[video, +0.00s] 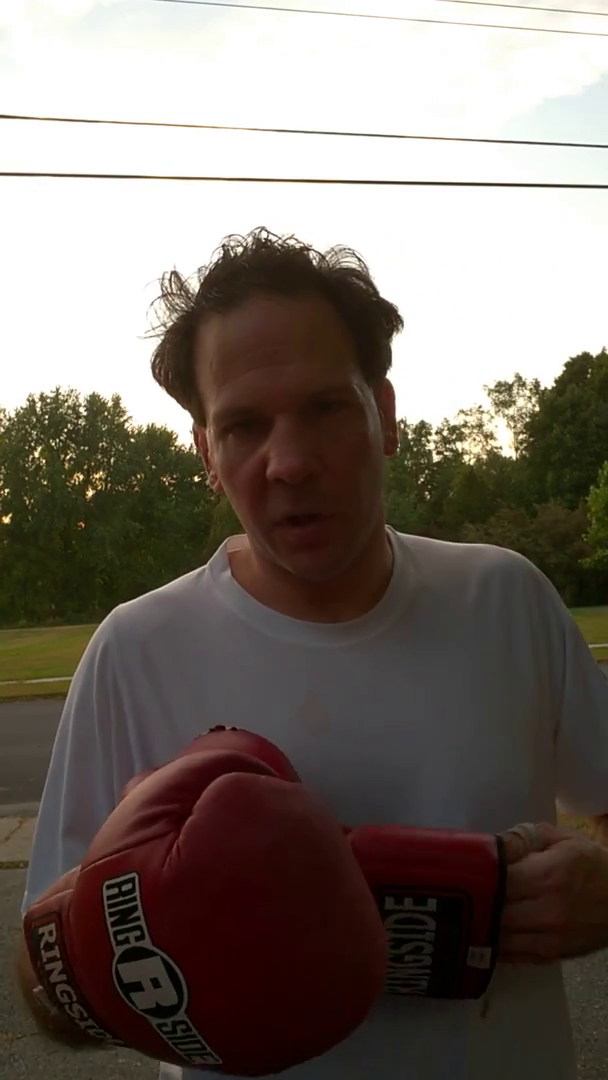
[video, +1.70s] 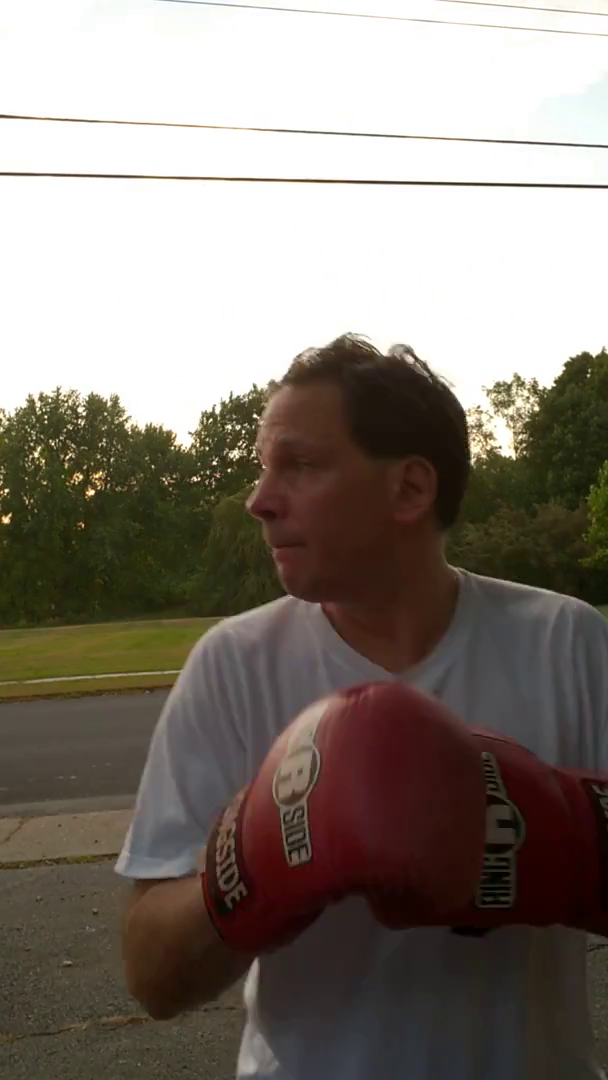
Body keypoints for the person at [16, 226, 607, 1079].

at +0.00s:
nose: (290, 462)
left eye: (325, 408)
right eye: (246, 426)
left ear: (386, 418)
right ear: (208, 458)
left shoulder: (510, 603)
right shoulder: (135, 655)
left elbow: (607, 816)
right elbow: (51, 996)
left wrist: (602, 880)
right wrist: (101, 898)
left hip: (515, 1065)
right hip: (253, 1069)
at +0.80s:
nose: (274, 443)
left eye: (308, 397)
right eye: (231, 410)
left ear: (369, 420)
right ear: (192, 454)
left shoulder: (493, 600)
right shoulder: (120, 643)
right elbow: (74, 1034)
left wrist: (503, 823)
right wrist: (134, 894)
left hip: (494, 1061)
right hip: (237, 1070)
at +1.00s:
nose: (178, 453)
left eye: (221, 400)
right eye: (163, 417)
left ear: (339, 419)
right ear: (157, 439)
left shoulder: (492, 602)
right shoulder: (112, 642)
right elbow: (88, 1038)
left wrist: (520, 819)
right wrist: (164, 882)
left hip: (480, 1061)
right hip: (223, 1070)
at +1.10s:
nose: (144, 451)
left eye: (186, 403)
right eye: (140, 416)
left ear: (314, 419)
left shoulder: (484, 597)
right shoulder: (104, 641)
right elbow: (91, 1038)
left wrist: (503, 813)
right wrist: (163, 868)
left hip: (469, 1060)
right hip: (215, 1068)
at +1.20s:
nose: (111, 456)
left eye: (154, 404)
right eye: (117, 415)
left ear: (283, 426)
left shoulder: (477, 599)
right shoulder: (94, 645)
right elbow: (78, 1043)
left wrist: (477, 816)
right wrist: (159, 834)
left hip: (460, 1062)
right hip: (210, 1068)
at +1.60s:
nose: (190, 470)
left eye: (229, 431)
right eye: (198, 435)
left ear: (346, 451)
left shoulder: (525, 610)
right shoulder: (166, 643)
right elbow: (129, 989)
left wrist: (487, 805)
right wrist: (247, 813)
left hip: (498, 1059)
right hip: (251, 1066)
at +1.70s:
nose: (258, 500)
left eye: (300, 466)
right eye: (262, 470)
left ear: (411, 488)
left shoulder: (574, 649)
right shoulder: (232, 666)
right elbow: (155, 977)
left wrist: (571, 848)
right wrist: (287, 847)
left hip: (534, 1061)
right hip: (302, 1065)